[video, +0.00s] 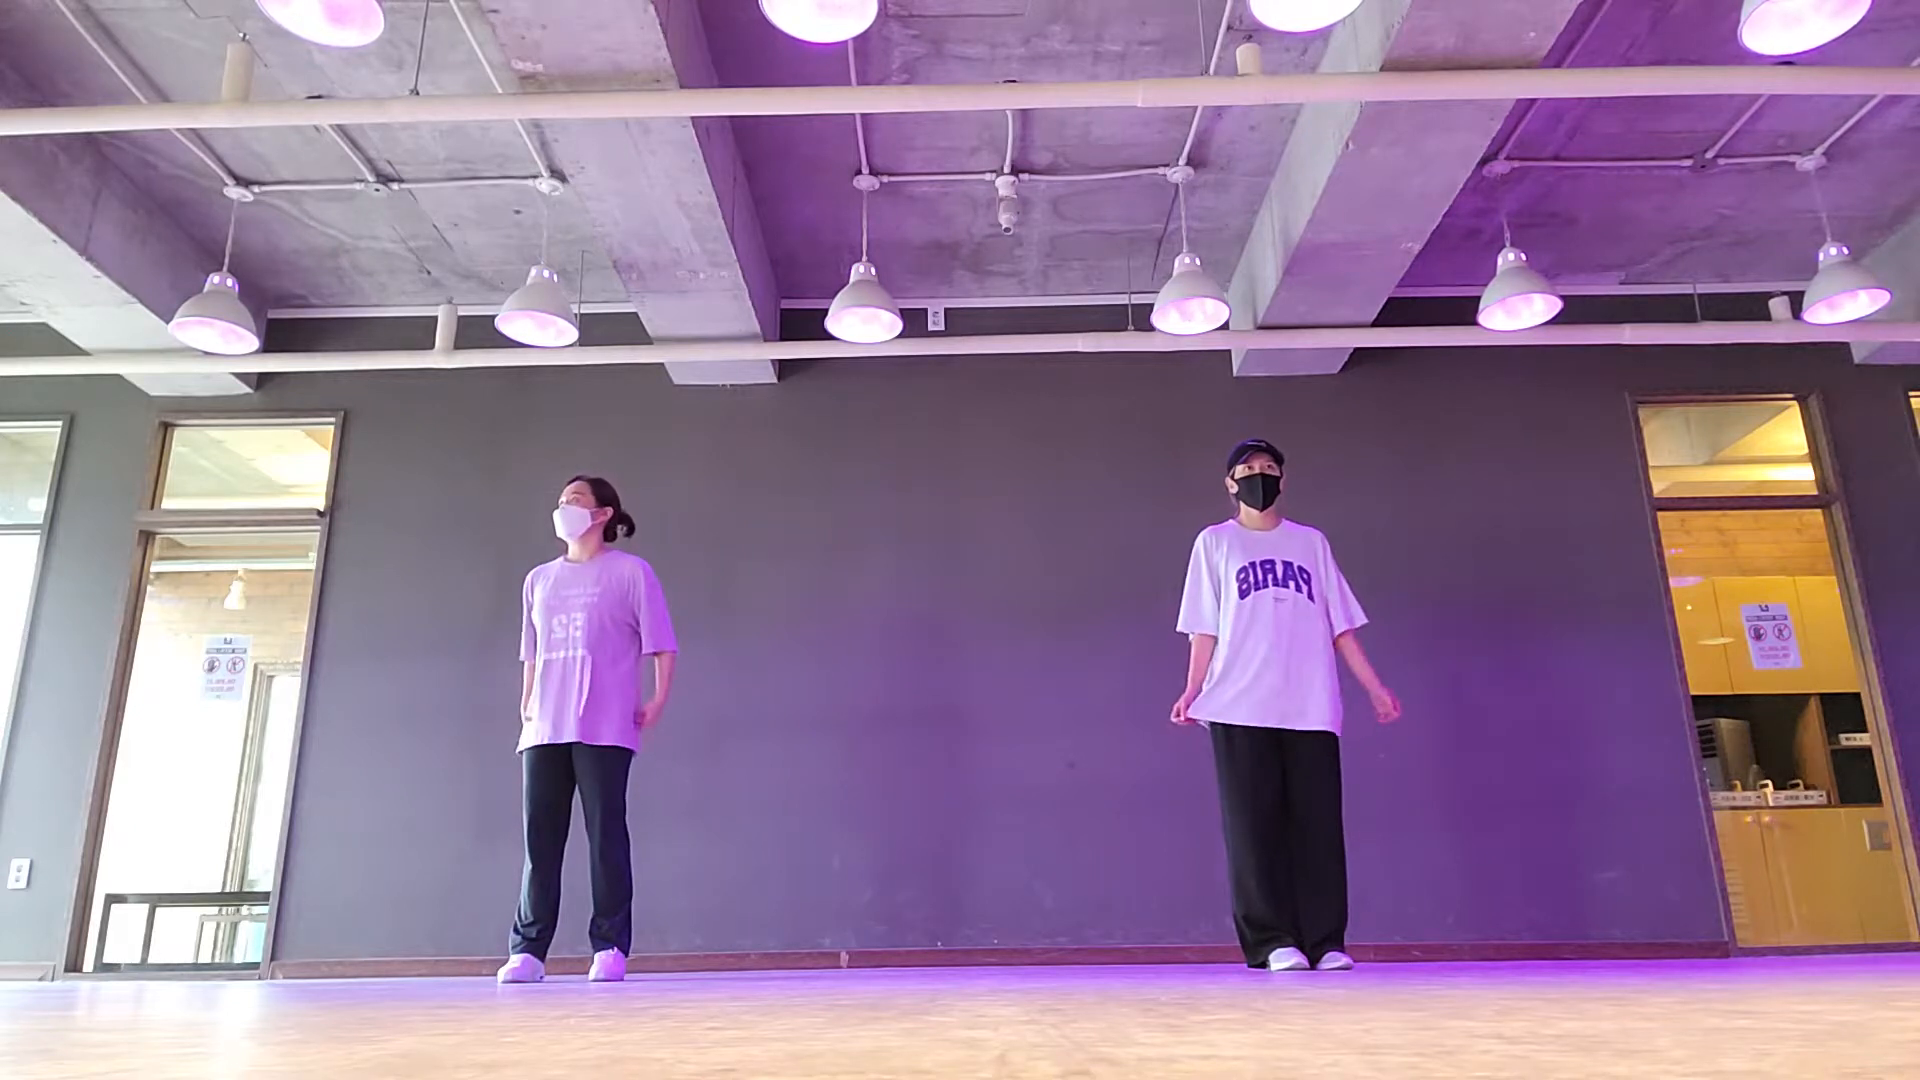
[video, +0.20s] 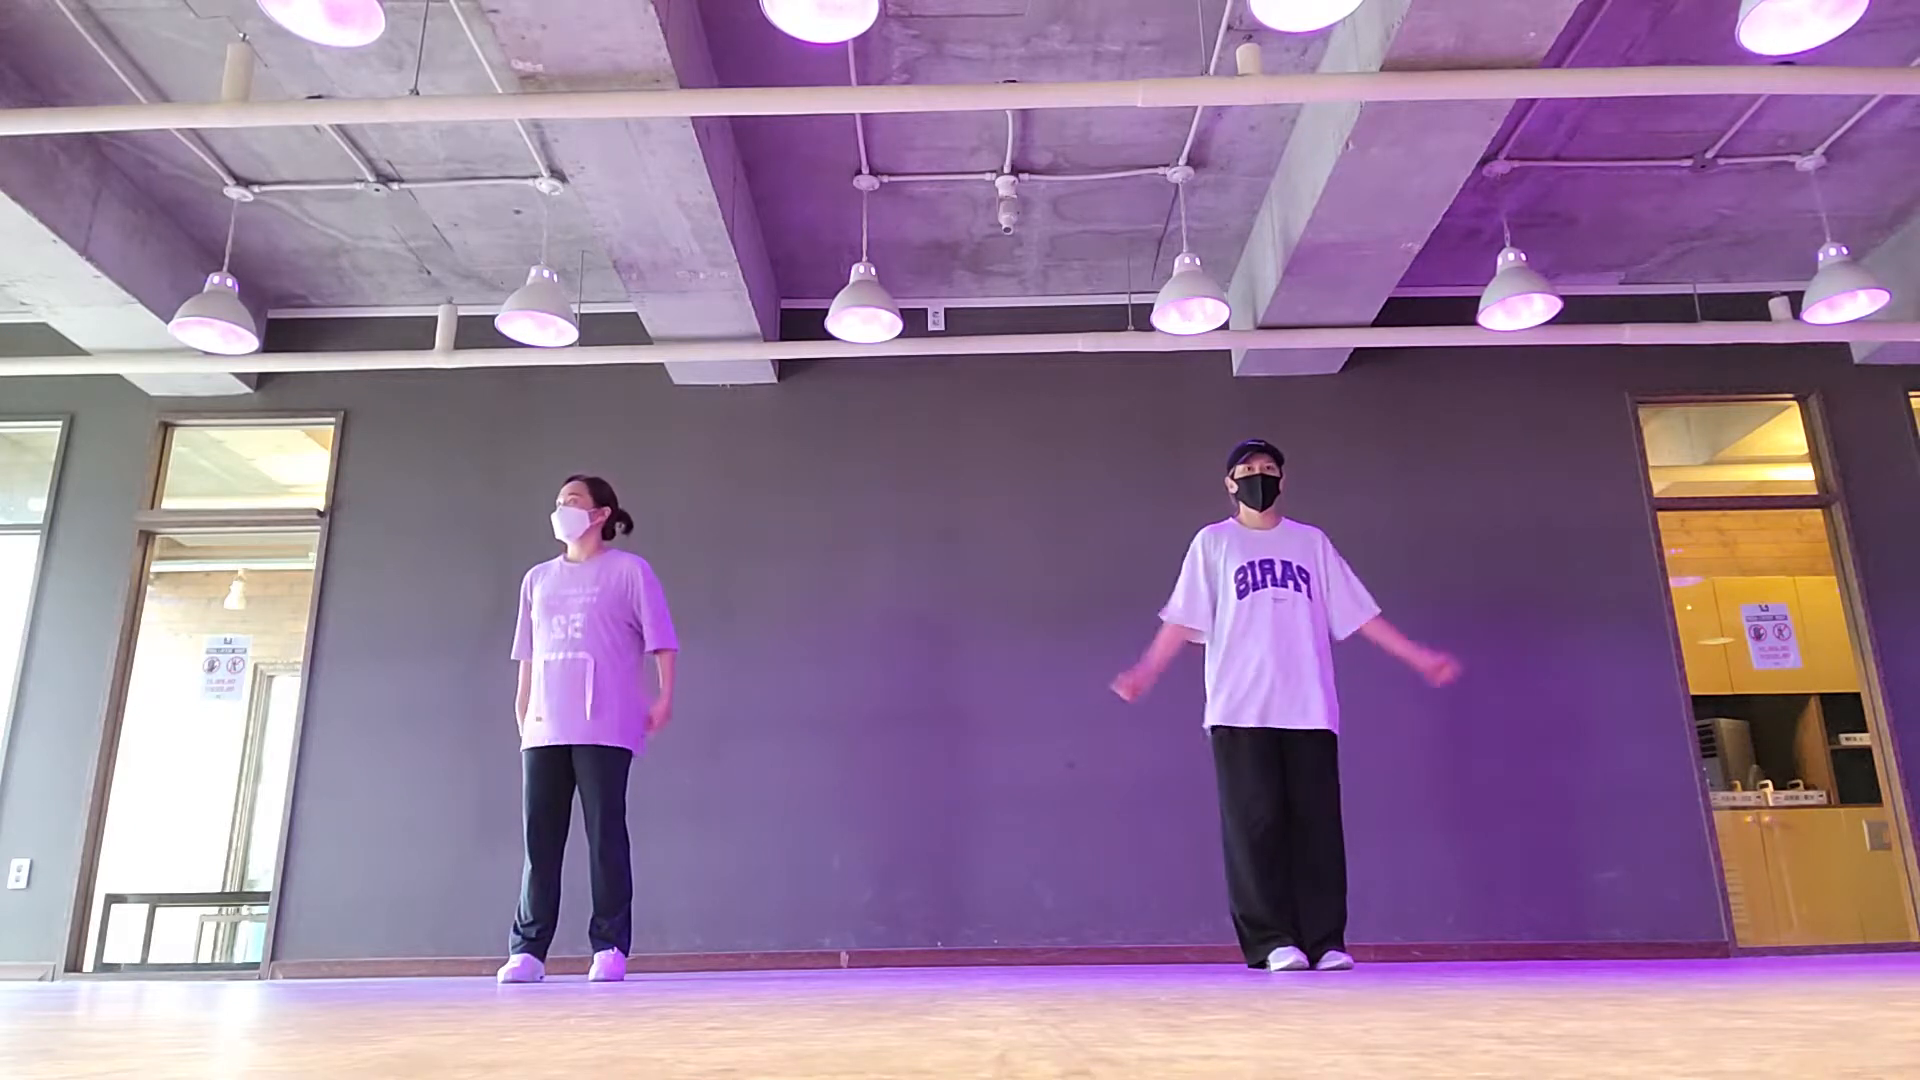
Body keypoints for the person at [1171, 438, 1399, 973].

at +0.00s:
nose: (1260, 478)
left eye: (1268, 470)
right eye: (1248, 471)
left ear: (1282, 480)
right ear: (1230, 483)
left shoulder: (1312, 543)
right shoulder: (1213, 543)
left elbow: (1340, 627)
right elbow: (1204, 627)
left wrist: (1373, 686)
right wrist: (1194, 687)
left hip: (1311, 709)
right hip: (1242, 710)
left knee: (1317, 826)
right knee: (1256, 829)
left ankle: (1325, 942)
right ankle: (1273, 945)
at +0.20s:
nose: (1259, 481)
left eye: (1268, 473)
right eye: (1248, 473)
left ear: (1282, 481)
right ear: (1230, 484)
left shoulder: (1313, 543)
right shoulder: (1211, 543)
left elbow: (1362, 616)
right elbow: (1181, 621)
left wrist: (1420, 658)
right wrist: (1144, 671)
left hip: (1309, 708)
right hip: (1241, 711)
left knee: (1317, 824)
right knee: (1257, 827)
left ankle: (1325, 941)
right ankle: (1273, 944)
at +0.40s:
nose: (1260, 481)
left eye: (1269, 473)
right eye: (1249, 473)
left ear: (1282, 482)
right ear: (1230, 483)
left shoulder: (1313, 539)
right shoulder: (1208, 542)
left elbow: (1360, 588)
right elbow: (1172, 599)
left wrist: (1404, 600)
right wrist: (1154, 604)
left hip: (1313, 705)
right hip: (1244, 708)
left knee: (1320, 825)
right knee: (1262, 829)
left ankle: (1327, 942)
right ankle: (1276, 945)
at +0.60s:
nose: (1261, 487)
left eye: (1270, 479)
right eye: (1250, 479)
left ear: (1283, 488)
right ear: (1231, 488)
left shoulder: (1313, 546)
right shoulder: (1211, 544)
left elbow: (1367, 599)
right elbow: (1206, 597)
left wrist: (1326, 562)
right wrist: (1261, 546)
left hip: (1315, 708)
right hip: (1245, 711)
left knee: (1321, 826)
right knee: (1266, 830)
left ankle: (1328, 944)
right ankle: (1275, 948)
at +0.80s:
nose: (1266, 489)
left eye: (1275, 482)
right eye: (1255, 481)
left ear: (1287, 491)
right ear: (1236, 491)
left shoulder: (1309, 543)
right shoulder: (1217, 539)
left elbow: (1334, 596)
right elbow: (1235, 584)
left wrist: (1294, 552)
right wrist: (1277, 539)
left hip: (1312, 707)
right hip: (1246, 707)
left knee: (1323, 827)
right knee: (1263, 831)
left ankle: (1328, 946)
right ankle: (1278, 947)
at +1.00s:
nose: (1270, 478)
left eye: (1279, 472)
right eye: (1259, 471)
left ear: (1291, 482)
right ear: (1240, 482)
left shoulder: (1315, 544)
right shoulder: (1219, 536)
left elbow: (1371, 606)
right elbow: (1178, 546)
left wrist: (1335, 556)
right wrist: (1207, 486)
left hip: (1308, 704)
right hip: (1242, 703)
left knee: (1314, 824)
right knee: (1262, 825)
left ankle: (1323, 942)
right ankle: (1276, 945)